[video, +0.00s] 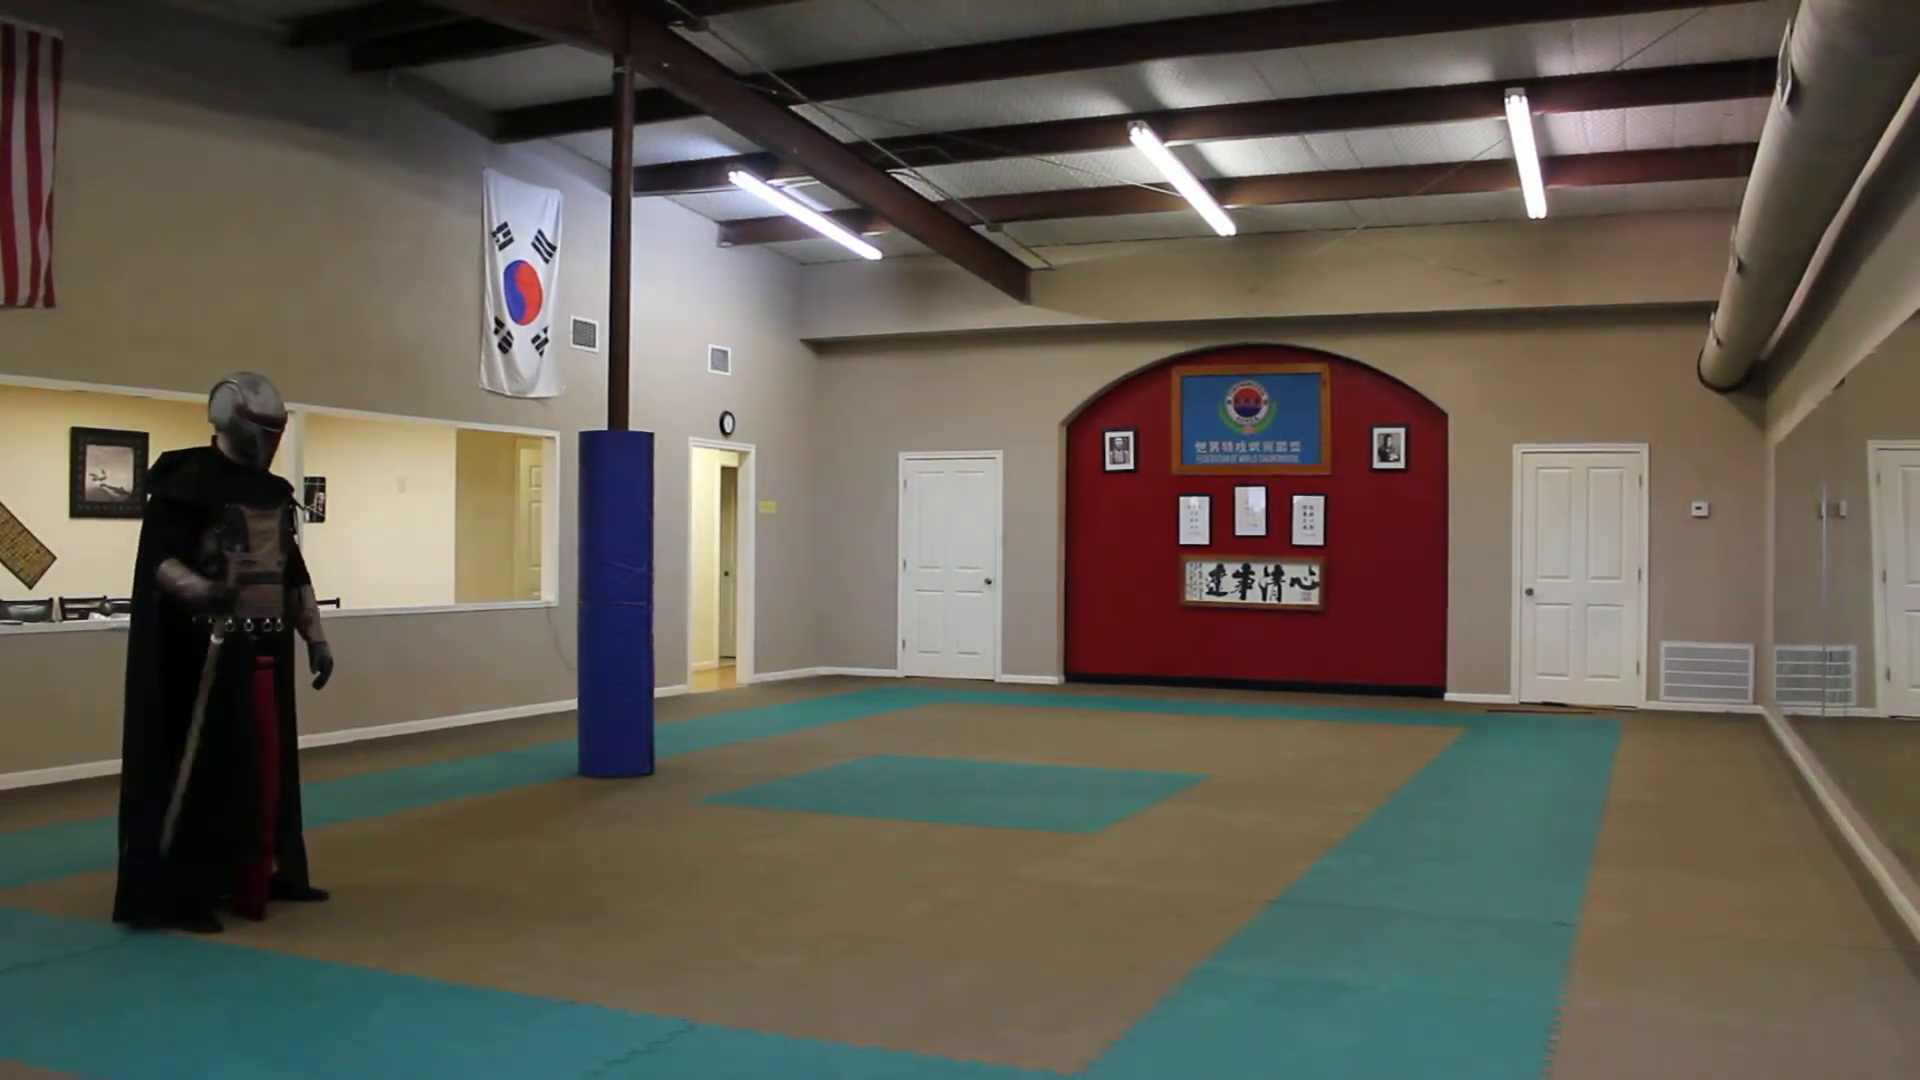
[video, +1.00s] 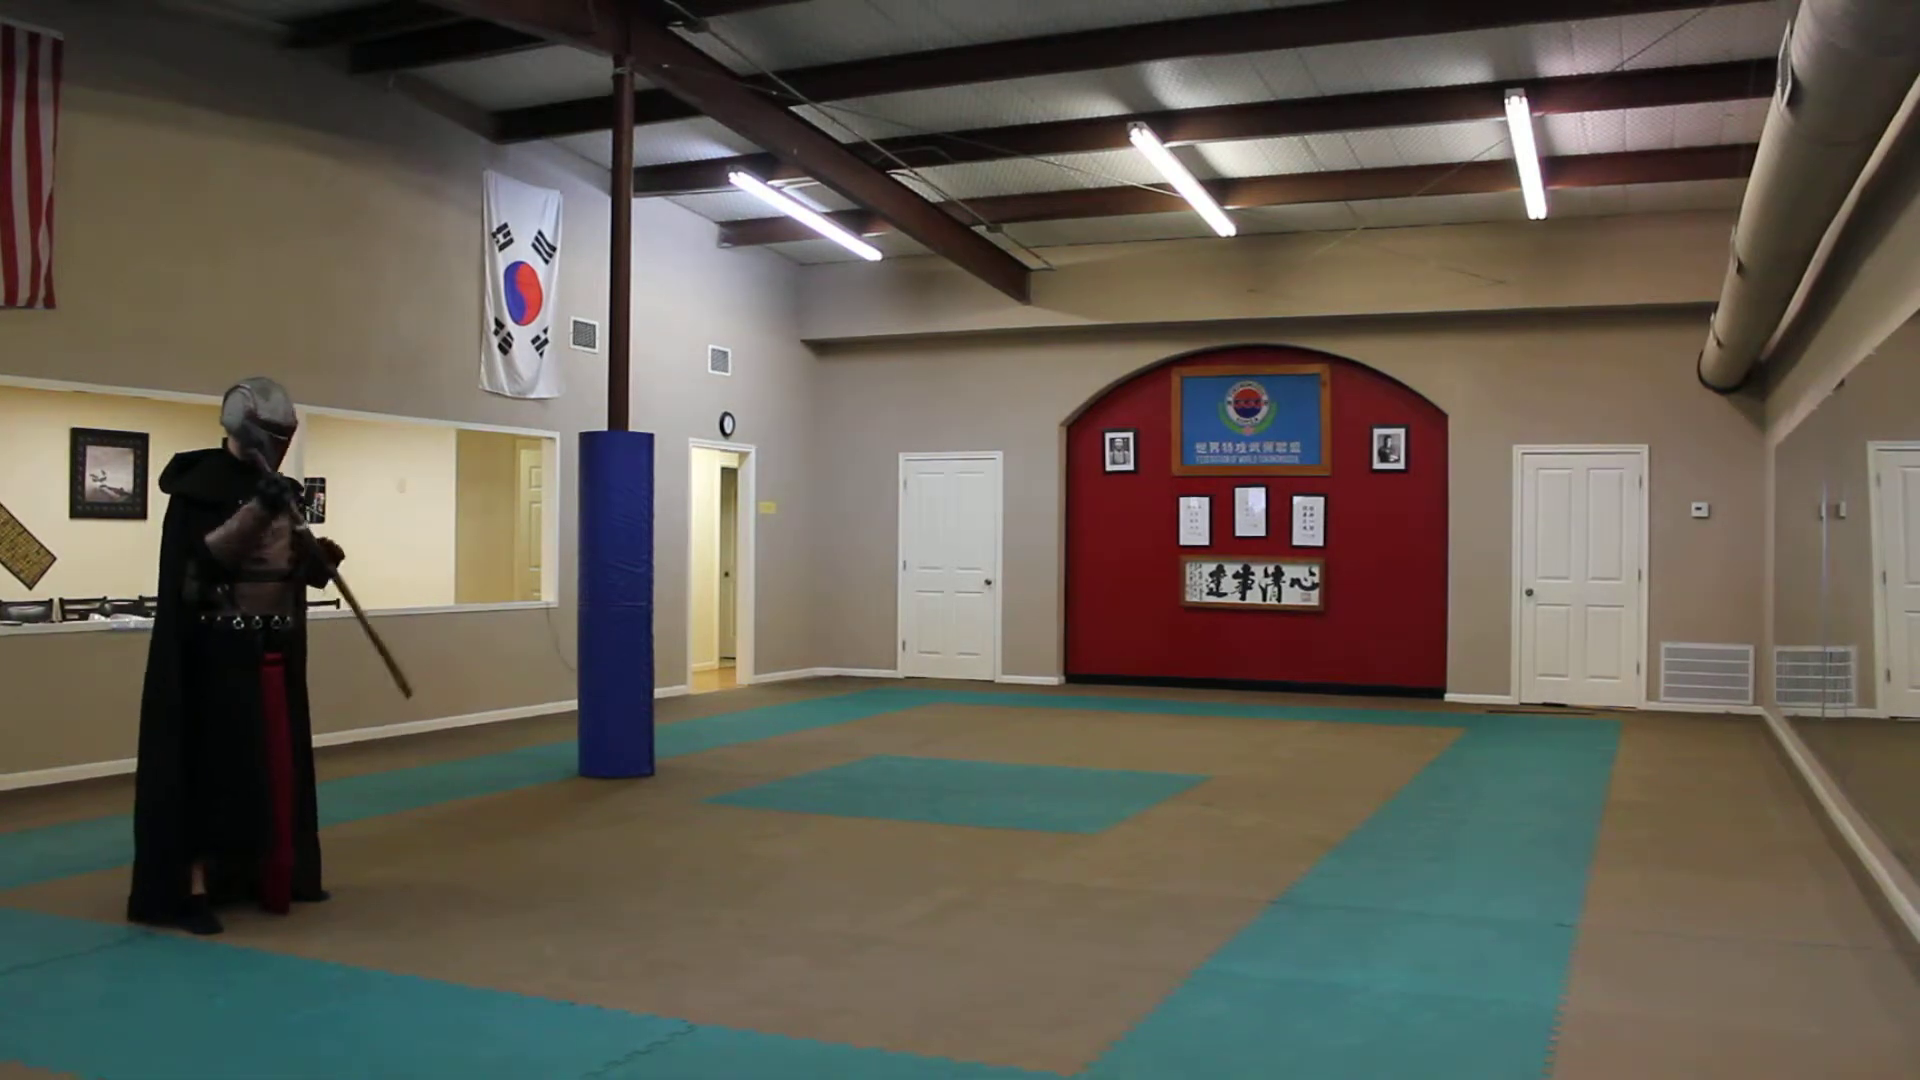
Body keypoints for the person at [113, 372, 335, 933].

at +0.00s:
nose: (275, 438)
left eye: (278, 428)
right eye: (266, 427)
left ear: (274, 427)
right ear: (230, 423)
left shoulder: (274, 492)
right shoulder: (184, 475)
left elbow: (292, 573)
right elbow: (157, 556)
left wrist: (315, 635)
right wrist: (201, 588)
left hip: (262, 651)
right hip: (196, 650)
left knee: (269, 764)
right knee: (195, 765)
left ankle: (270, 876)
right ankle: (182, 892)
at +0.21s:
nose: (276, 439)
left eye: (279, 429)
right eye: (269, 428)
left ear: (265, 428)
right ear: (234, 424)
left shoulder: (274, 494)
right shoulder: (185, 478)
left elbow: (297, 558)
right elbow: (164, 560)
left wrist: (307, 590)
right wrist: (238, 554)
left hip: (262, 644)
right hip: (194, 647)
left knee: (270, 763)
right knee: (193, 766)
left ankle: (275, 877)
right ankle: (183, 894)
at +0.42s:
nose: (277, 439)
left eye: (279, 429)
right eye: (269, 429)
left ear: (261, 428)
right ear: (235, 424)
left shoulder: (274, 491)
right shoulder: (191, 478)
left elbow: (286, 557)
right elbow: (176, 555)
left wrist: (306, 574)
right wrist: (253, 531)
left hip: (268, 645)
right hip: (204, 645)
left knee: (273, 761)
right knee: (199, 763)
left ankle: (277, 874)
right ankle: (189, 888)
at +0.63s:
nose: (276, 442)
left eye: (280, 431)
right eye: (268, 431)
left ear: (277, 431)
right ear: (234, 426)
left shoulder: (277, 490)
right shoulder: (193, 478)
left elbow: (294, 555)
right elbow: (182, 553)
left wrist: (312, 581)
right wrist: (242, 507)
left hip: (270, 644)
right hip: (208, 646)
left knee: (275, 761)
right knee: (201, 762)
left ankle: (277, 874)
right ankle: (190, 886)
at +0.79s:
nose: (278, 441)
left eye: (282, 431)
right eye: (269, 429)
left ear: (279, 430)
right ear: (236, 425)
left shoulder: (278, 490)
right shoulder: (197, 478)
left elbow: (288, 562)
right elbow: (183, 558)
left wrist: (310, 581)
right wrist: (254, 517)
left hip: (273, 644)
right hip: (211, 645)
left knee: (276, 761)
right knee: (204, 761)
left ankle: (277, 875)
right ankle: (190, 886)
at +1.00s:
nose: (285, 443)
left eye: (289, 433)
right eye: (277, 432)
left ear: (284, 433)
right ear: (242, 426)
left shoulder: (280, 491)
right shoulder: (204, 479)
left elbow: (285, 562)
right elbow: (195, 559)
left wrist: (316, 561)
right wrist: (260, 506)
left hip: (271, 644)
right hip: (211, 646)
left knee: (277, 760)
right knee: (203, 761)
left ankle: (275, 874)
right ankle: (188, 887)